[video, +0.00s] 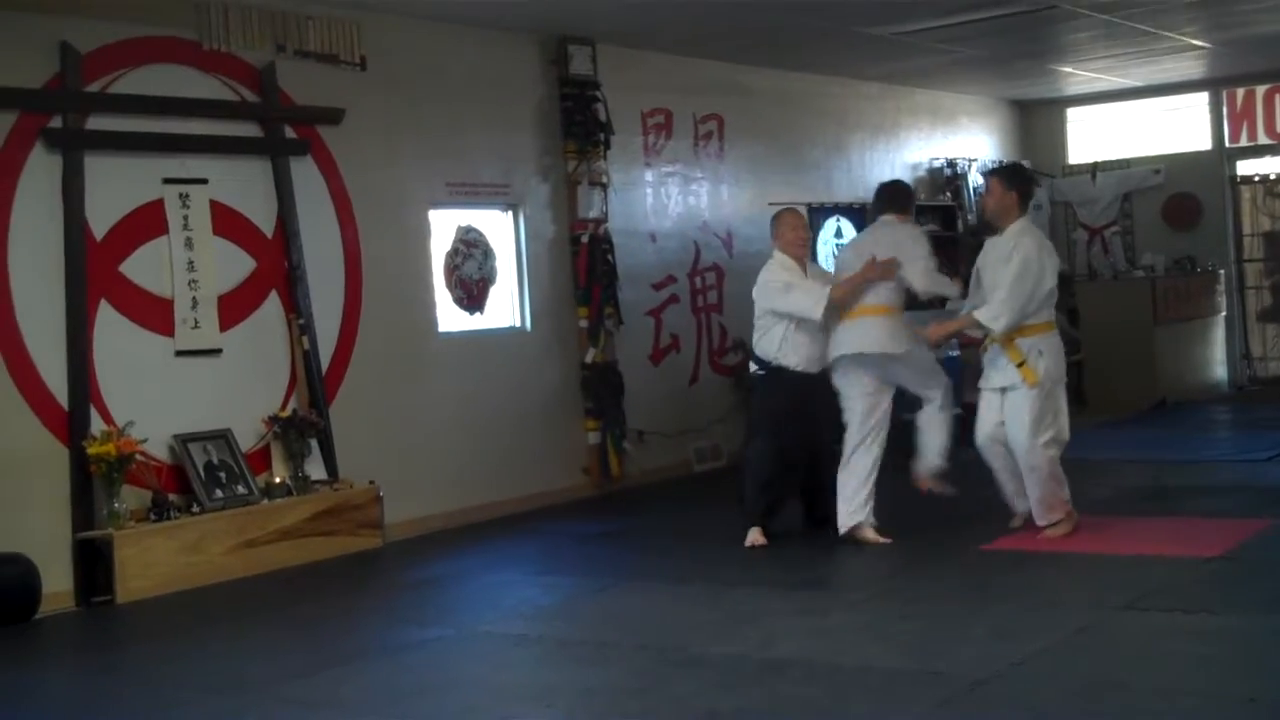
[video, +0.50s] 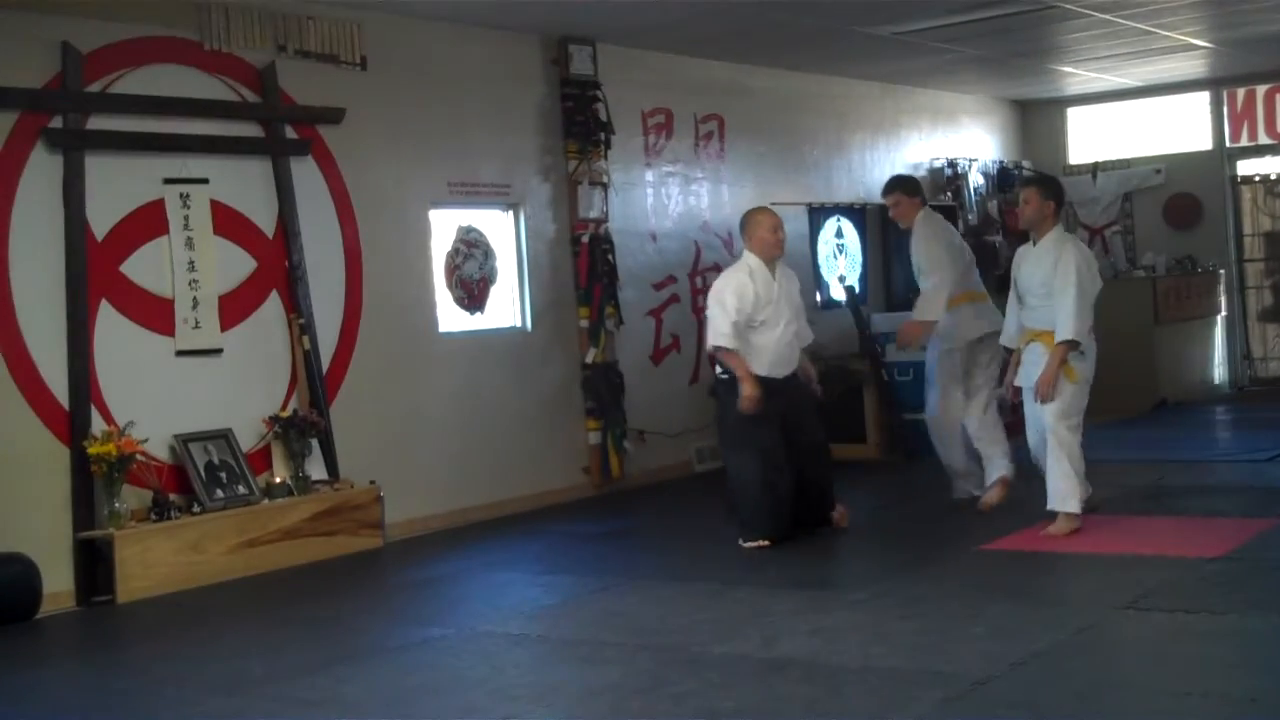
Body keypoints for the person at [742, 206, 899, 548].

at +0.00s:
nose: (803, 235)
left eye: (805, 229)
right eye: (794, 229)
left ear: (811, 234)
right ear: (776, 237)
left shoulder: (814, 275)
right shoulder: (772, 279)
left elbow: (844, 292)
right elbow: (824, 302)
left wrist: (874, 277)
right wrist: (866, 276)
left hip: (814, 379)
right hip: (776, 380)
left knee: (823, 449)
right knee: (768, 451)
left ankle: (821, 522)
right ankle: (756, 524)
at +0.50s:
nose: (781, 237)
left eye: (782, 230)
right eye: (773, 231)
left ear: (780, 236)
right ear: (751, 238)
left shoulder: (787, 277)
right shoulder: (731, 283)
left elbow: (791, 332)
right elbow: (720, 341)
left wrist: (805, 366)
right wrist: (745, 377)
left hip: (787, 381)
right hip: (746, 385)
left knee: (808, 445)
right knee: (752, 460)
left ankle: (818, 509)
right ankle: (755, 528)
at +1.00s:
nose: (774, 236)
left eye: (773, 229)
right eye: (765, 230)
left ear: (761, 237)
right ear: (739, 238)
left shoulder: (783, 282)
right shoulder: (714, 282)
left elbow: (823, 308)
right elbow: (710, 338)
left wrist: (860, 307)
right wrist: (749, 365)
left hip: (773, 390)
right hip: (724, 393)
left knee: (773, 465)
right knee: (712, 464)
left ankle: (772, 543)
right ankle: (717, 533)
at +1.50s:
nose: (769, 229)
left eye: (766, 222)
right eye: (762, 222)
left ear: (738, 231)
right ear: (737, 231)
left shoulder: (757, 279)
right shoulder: (707, 282)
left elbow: (768, 326)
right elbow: (713, 348)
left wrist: (796, 348)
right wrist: (750, 386)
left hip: (753, 395)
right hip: (712, 399)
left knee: (774, 472)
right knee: (722, 483)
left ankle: (776, 551)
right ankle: (722, 574)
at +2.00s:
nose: (709, 233)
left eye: (709, 225)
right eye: (708, 225)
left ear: (664, 226)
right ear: (694, 226)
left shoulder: (649, 267)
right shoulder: (683, 272)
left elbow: (689, 324)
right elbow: (680, 338)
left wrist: (734, 300)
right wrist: (694, 393)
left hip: (630, 388)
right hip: (665, 391)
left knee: (640, 496)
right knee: (710, 487)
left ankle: (633, 597)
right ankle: (716, 581)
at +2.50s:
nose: (664, 228)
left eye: (663, 220)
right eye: (662, 221)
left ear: (610, 223)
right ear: (651, 224)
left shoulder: (582, 271)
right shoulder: (648, 280)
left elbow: (617, 320)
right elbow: (699, 343)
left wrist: (673, 300)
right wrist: (751, 390)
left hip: (578, 410)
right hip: (629, 415)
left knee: (597, 520)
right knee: (636, 527)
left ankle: (596, 624)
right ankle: (621, 644)